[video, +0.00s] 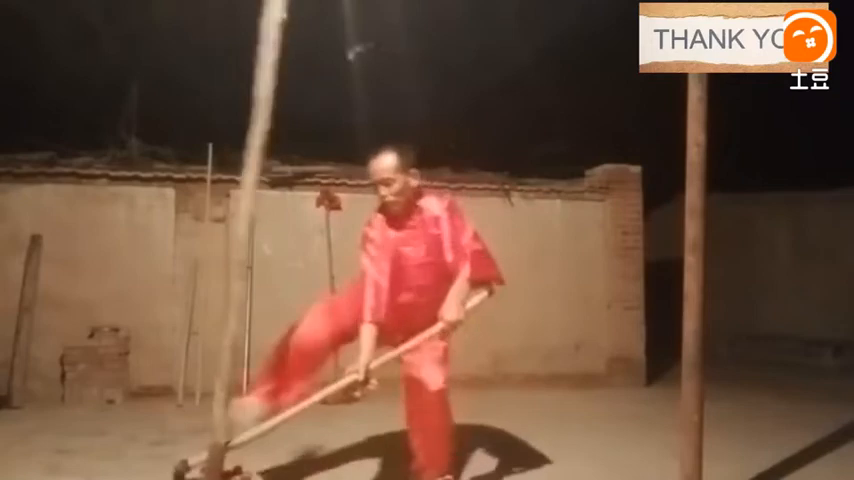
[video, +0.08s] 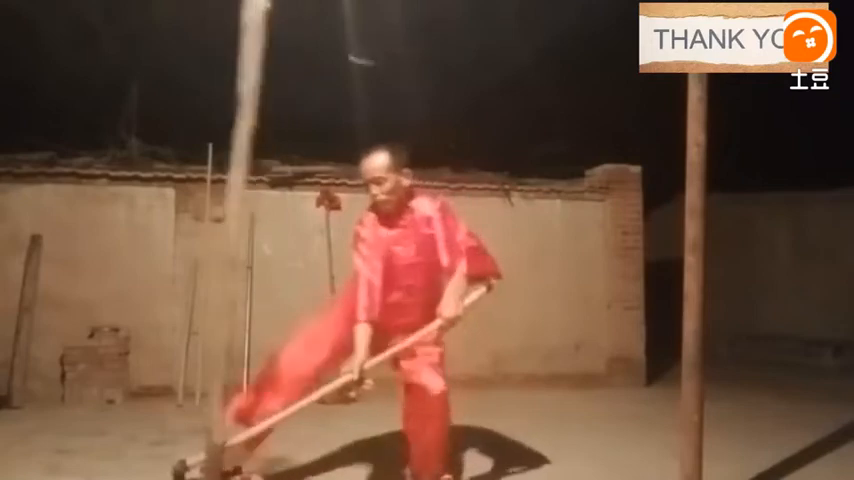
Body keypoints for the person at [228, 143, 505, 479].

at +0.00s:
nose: (383, 194)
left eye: (389, 184)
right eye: (377, 186)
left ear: (412, 179)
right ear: (374, 187)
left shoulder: (441, 210)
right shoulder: (377, 229)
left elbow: (471, 261)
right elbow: (373, 295)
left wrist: (455, 298)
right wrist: (364, 361)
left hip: (424, 315)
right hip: (378, 305)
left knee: (428, 393)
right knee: (310, 334)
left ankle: (434, 475)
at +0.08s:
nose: (374, 192)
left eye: (380, 182)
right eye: (369, 184)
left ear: (405, 179)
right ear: (366, 186)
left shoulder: (433, 211)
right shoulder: (369, 227)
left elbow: (467, 260)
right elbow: (364, 292)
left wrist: (453, 297)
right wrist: (360, 355)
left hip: (417, 325)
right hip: (365, 319)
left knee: (430, 400)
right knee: (296, 361)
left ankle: (428, 475)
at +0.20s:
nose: (358, 196)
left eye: (364, 186)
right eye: (352, 189)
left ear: (388, 183)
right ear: (346, 190)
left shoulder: (411, 222)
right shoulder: (349, 233)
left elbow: (452, 260)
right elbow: (347, 299)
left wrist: (452, 304)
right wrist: (344, 368)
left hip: (396, 339)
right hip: (339, 334)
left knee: (433, 396)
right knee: (290, 395)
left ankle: (428, 472)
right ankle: (257, 469)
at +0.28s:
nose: (358, 196)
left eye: (364, 186)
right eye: (352, 189)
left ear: (388, 183)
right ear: (346, 190)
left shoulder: (411, 222)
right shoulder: (349, 233)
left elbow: (452, 260)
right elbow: (347, 299)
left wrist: (452, 304)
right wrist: (344, 368)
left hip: (396, 339)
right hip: (339, 334)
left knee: (433, 396)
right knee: (290, 395)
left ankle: (428, 472)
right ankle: (257, 469)